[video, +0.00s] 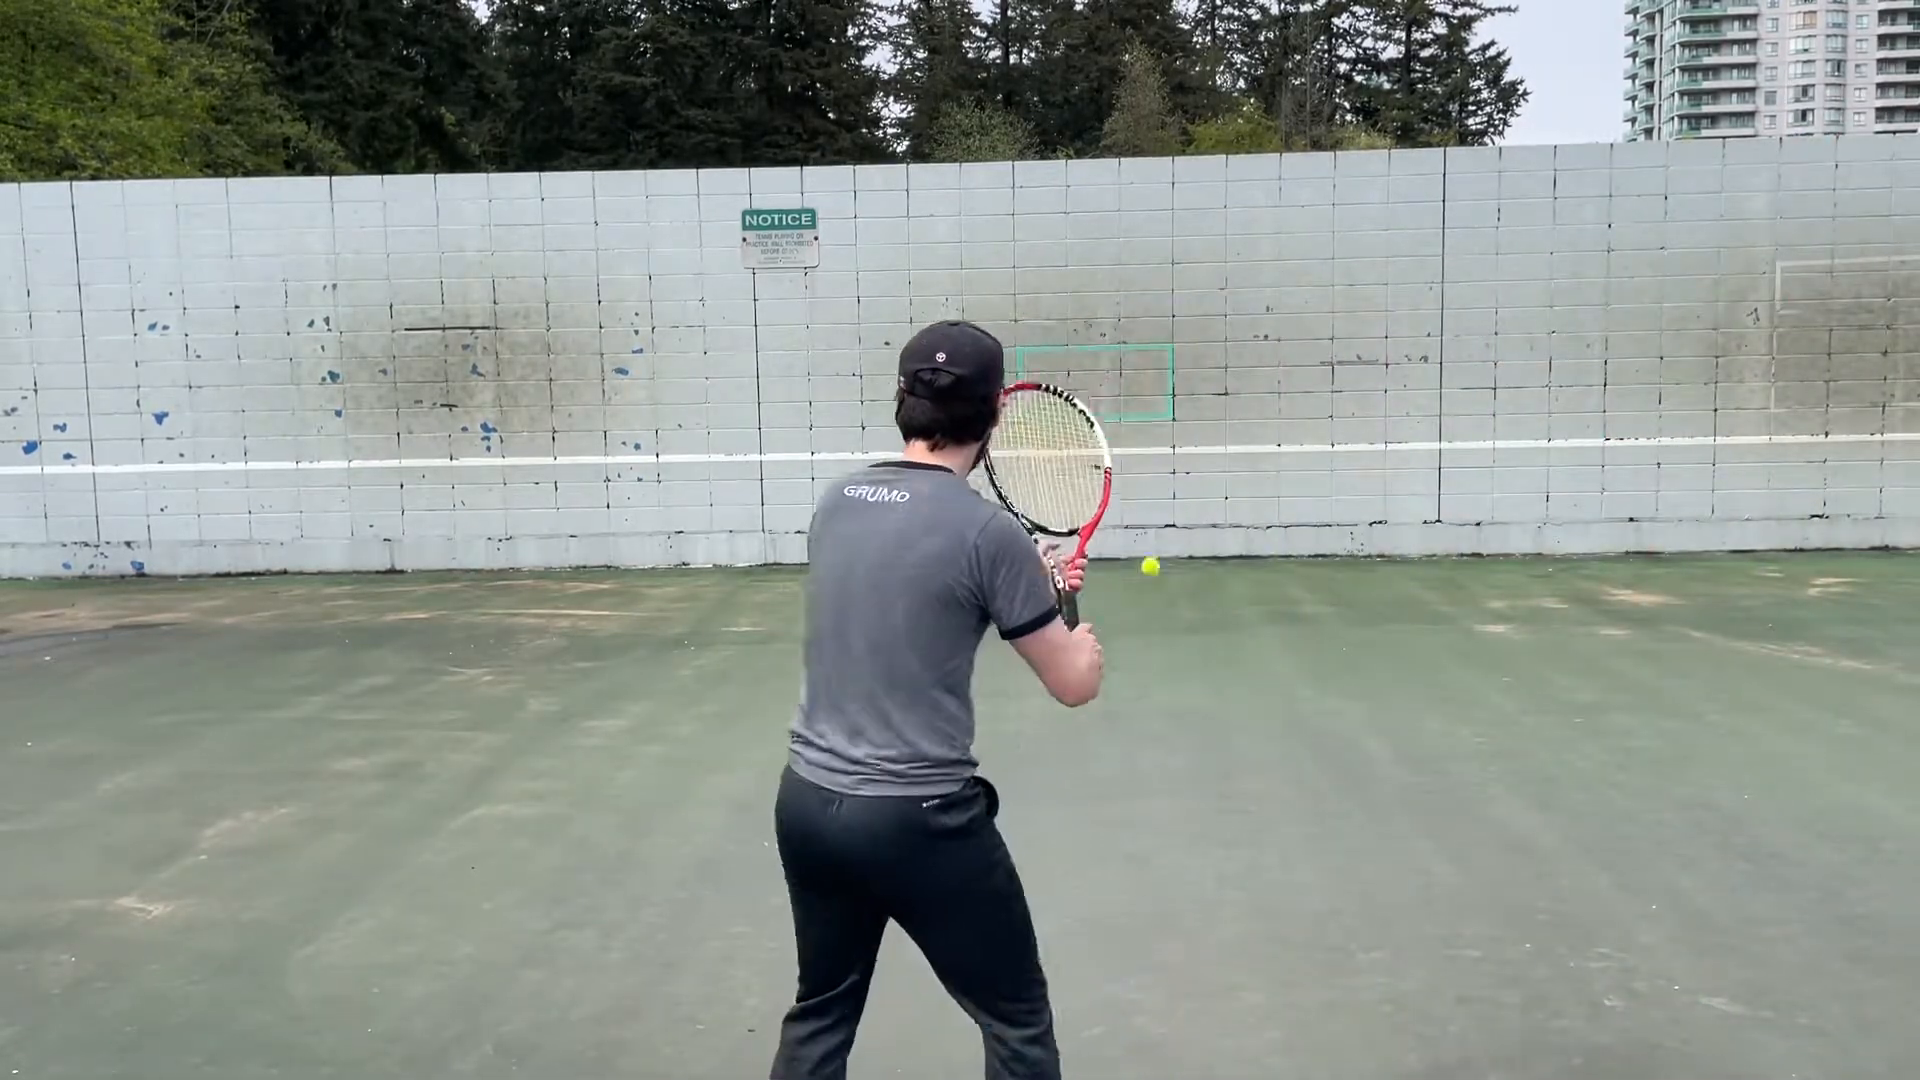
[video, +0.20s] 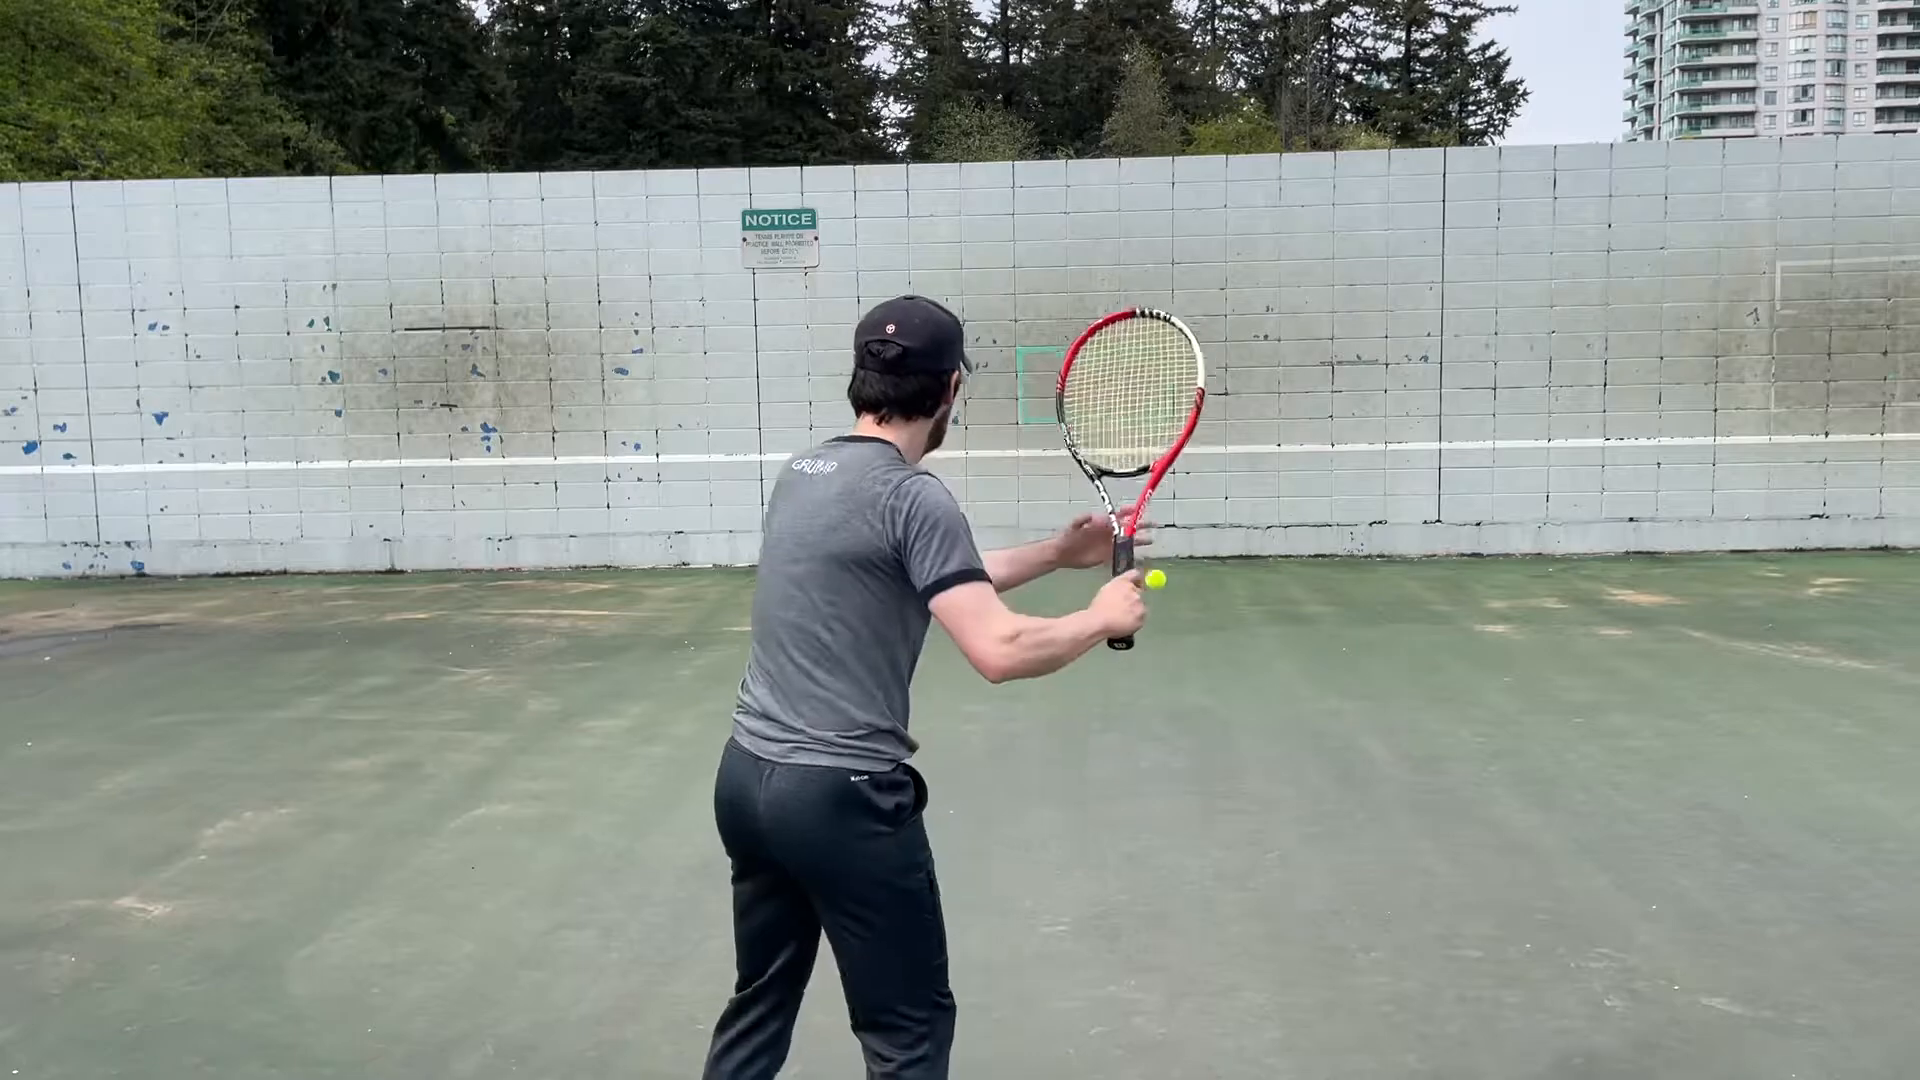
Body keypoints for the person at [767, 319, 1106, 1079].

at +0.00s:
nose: (999, 410)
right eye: (997, 398)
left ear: (902, 403)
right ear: (993, 413)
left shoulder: (839, 503)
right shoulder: (984, 530)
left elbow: (904, 609)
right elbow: (1076, 681)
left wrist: (1027, 580)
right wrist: (1073, 614)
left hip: (811, 808)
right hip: (926, 823)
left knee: (821, 1008)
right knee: (1017, 1023)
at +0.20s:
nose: (959, 385)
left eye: (956, 372)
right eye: (959, 373)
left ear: (861, 380)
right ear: (950, 387)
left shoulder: (803, 474)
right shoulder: (916, 501)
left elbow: (923, 582)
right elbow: (999, 649)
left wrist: (1056, 552)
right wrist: (1101, 619)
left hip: (750, 780)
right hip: (849, 802)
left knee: (760, 1001)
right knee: (909, 1028)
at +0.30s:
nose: (940, 412)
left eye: (938, 398)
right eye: (941, 398)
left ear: (842, 402)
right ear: (928, 409)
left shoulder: (791, 495)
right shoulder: (860, 511)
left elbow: (931, 588)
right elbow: (930, 647)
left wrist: (1062, 563)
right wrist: (1076, 598)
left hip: (726, 805)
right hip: (812, 823)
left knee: (728, 1026)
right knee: (903, 1047)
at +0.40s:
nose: (929, 449)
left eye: (930, 433)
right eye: (930, 433)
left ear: (832, 430)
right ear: (916, 443)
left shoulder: (789, 514)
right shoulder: (822, 528)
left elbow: (895, 609)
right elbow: (828, 642)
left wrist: (1011, 620)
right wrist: (998, 596)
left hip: (686, 826)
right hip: (768, 846)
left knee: (688, 1054)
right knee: (913, 1037)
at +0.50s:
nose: (942, 475)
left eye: (945, 459)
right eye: (945, 458)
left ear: (847, 445)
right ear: (930, 463)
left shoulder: (791, 523)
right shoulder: (823, 539)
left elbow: (880, 633)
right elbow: (753, 637)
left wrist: (987, 679)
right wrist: (906, 602)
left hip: (666, 836)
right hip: (753, 852)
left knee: (684, 1060)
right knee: (892, 1045)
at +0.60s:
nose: (966, 506)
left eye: (973, 486)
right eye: (967, 486)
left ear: (869, 469)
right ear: (937, 487)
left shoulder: (800, 533)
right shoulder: (846, 554)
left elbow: (843, 642)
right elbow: (754, 647)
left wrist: (901, 709)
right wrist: (848, 661)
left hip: (664, 845)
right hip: (753, 866)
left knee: (694, 1057)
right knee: (875, 1063)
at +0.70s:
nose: (983, 512)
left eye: (989, 493)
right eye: (987, 493)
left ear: (895, 465)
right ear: (971, 489)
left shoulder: (799, 533)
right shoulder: (879, 556)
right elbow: (822, 696)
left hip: (674, 856)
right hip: (775, 881)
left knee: (699, 1061)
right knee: (889, 1065)